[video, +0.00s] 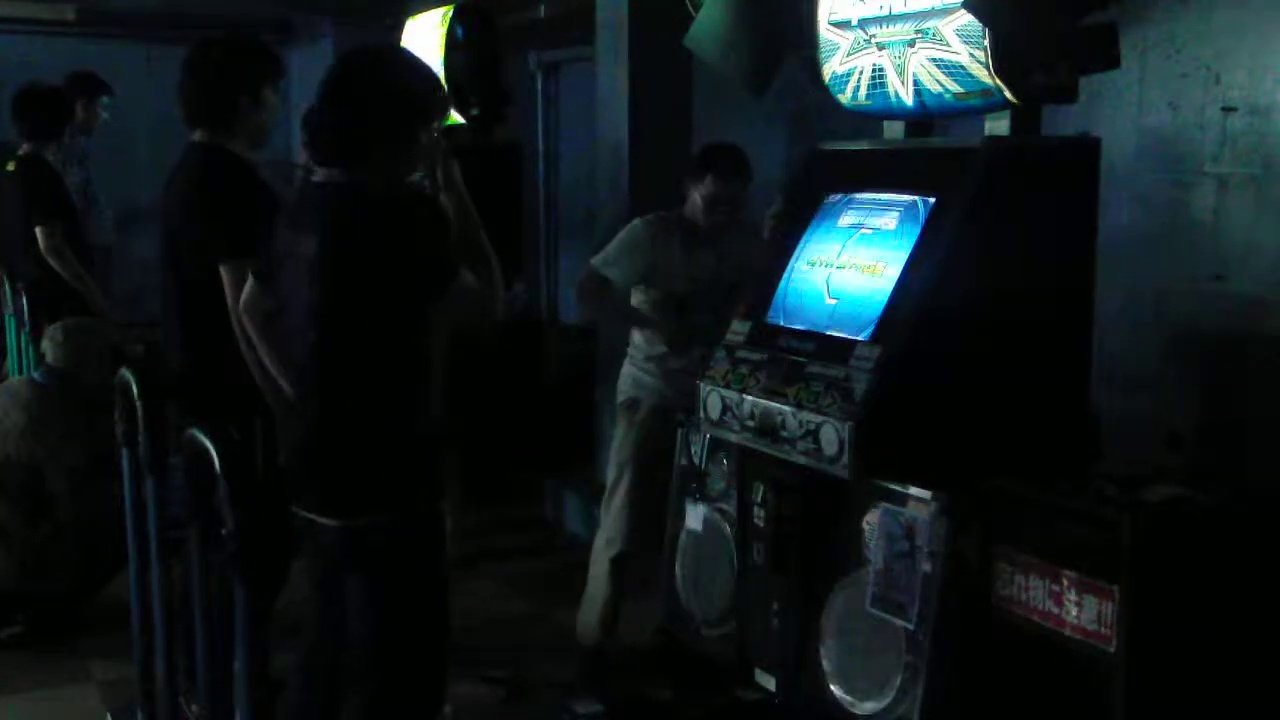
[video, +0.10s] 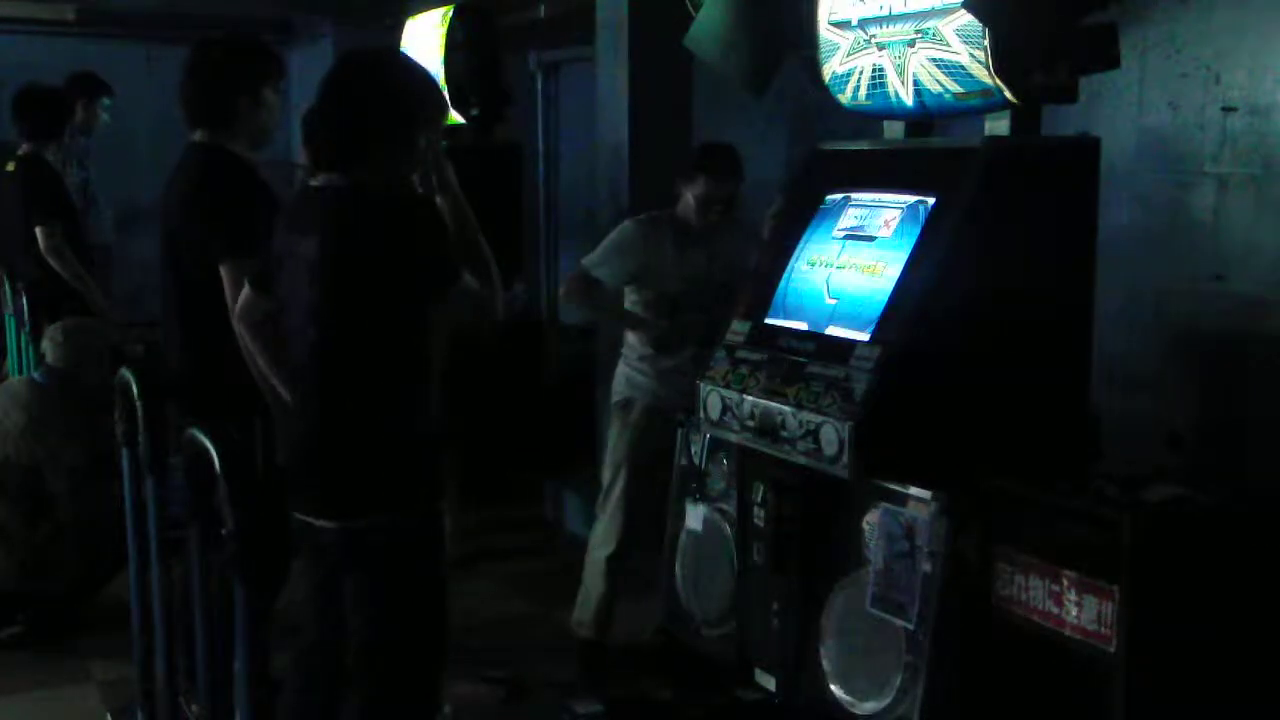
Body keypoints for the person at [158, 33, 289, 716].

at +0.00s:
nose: (277, 109)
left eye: (277, 95)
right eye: (270, 95)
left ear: (199, 99)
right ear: (247, 102)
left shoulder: (191, 171)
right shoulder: (233, 177)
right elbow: (242, 301)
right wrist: (287, 392)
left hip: (196, 382)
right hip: (233, 392)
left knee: (210, 535)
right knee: (254, 540)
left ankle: (205, 676)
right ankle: (242, 680)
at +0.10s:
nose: (278, 109)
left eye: (278, 95)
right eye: (272, 95)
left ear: (201, 99)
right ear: (247, 102)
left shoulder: (191, 170)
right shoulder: (233, 177)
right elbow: (242, 304)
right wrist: (287, 395)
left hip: (195, 382)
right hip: (231, 393)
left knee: (211, 537)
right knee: (252, 543)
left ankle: (205, 677)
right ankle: (241, 681)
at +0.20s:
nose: (281, 110)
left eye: (280, 95)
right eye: (273, 96)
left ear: (206, 100)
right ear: (245, 102)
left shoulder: (195, 171)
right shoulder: (235, 177)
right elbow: (242, 301)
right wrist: (287, 394)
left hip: (199, 381)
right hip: (234, 392)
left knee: (213, 536)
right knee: (252, 543)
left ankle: (210, 680)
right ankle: (244, 683)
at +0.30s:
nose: (285, 109)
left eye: (283, 94)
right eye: (278, 95)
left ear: (209, 100)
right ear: (252, 102)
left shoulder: (199, 170)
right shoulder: (237, 175)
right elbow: (241, 302)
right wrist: (289, 396)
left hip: (200, 382)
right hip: (234, 394)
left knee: (214, 539)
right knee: (251, 546)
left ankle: (212, 681)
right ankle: (243, 684)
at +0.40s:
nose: (289, 110)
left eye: (288, 95)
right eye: (281, 95)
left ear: (214, 100)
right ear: (253, 101)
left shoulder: (200, 168)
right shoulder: (241, 173)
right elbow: (241, 300)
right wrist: (283, 391)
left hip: (199, 381)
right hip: (232, 392)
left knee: (214, 538)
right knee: (250, 544)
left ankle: (212, 681)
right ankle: (241, 686)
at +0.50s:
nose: (292, 111)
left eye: (291, 96)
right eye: (285, 96)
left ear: (219, 100)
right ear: (256, 101)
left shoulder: (204, 167)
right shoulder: (243, 173)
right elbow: (239, 301)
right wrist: (282, 395)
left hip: (202, 383)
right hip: (234, 394)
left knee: (217, 538)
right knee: (252, 544)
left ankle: (216, 683)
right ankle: (245, 686)